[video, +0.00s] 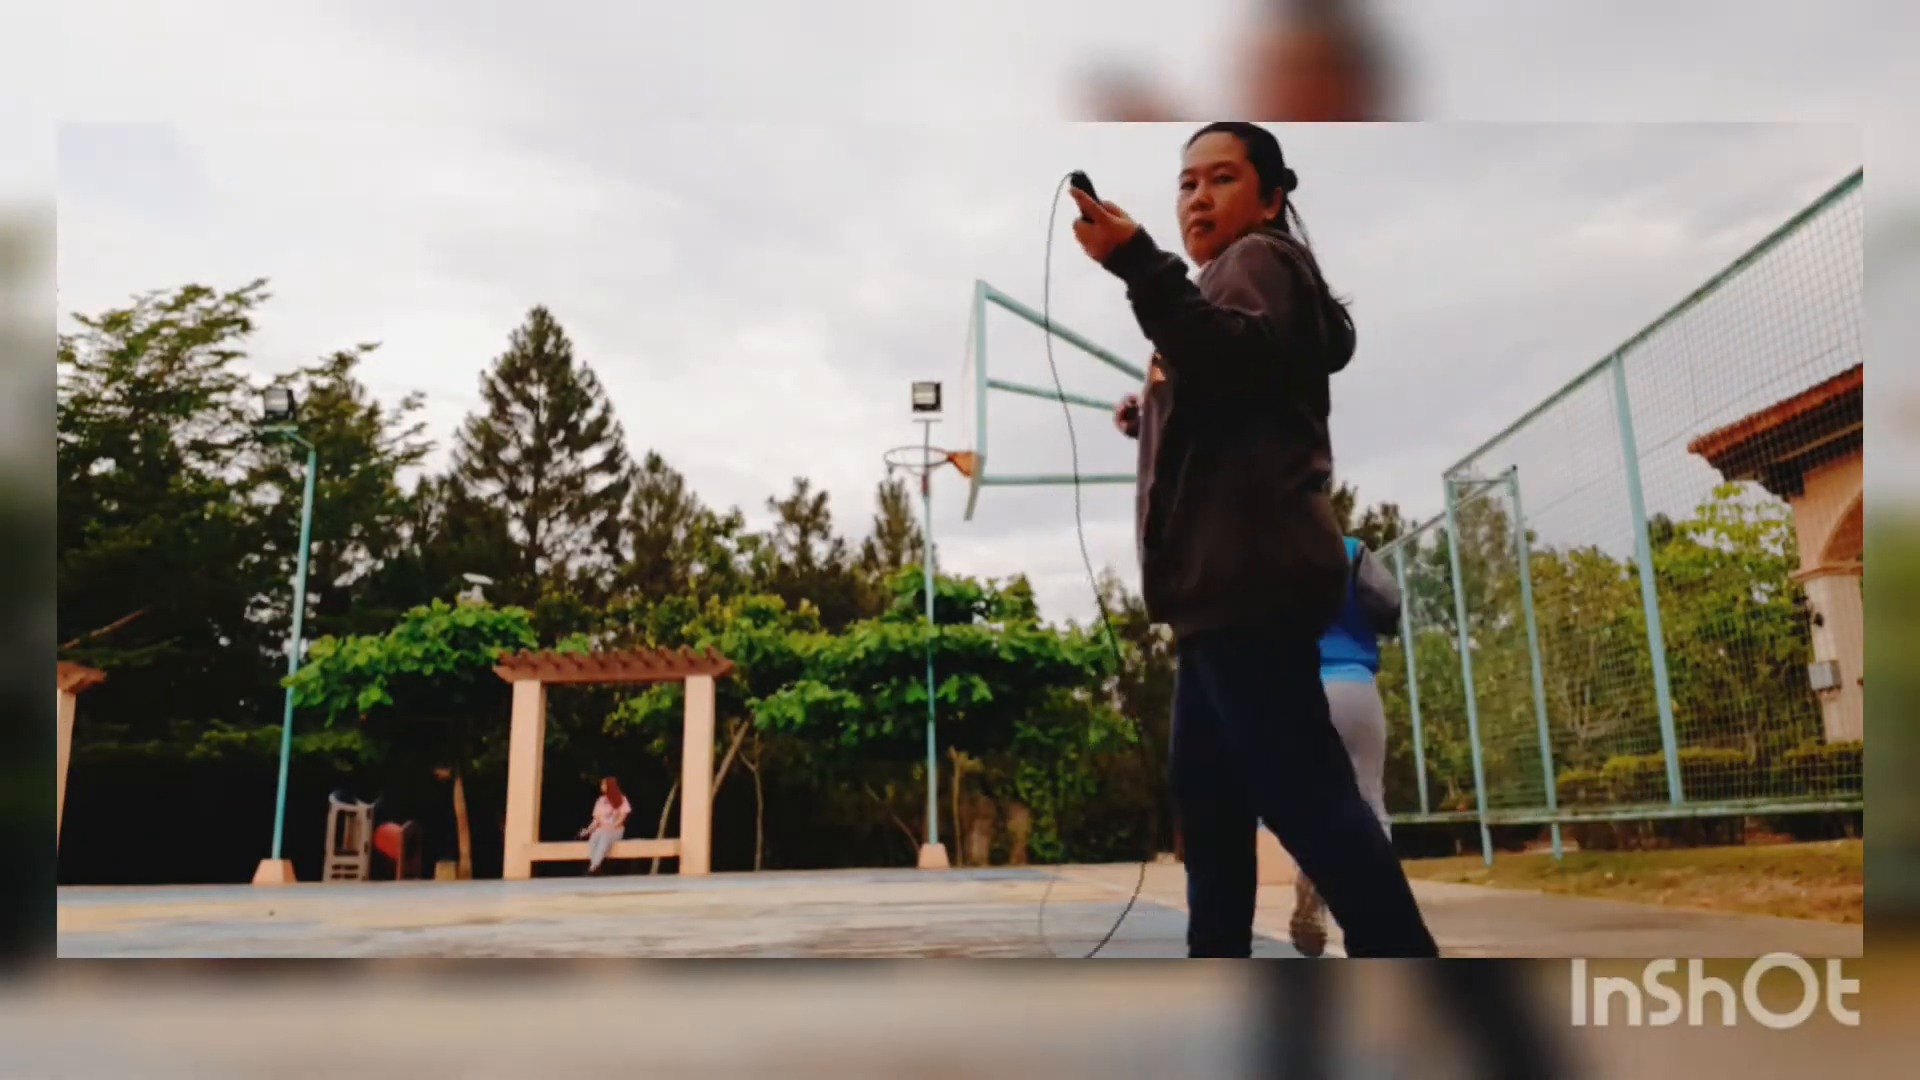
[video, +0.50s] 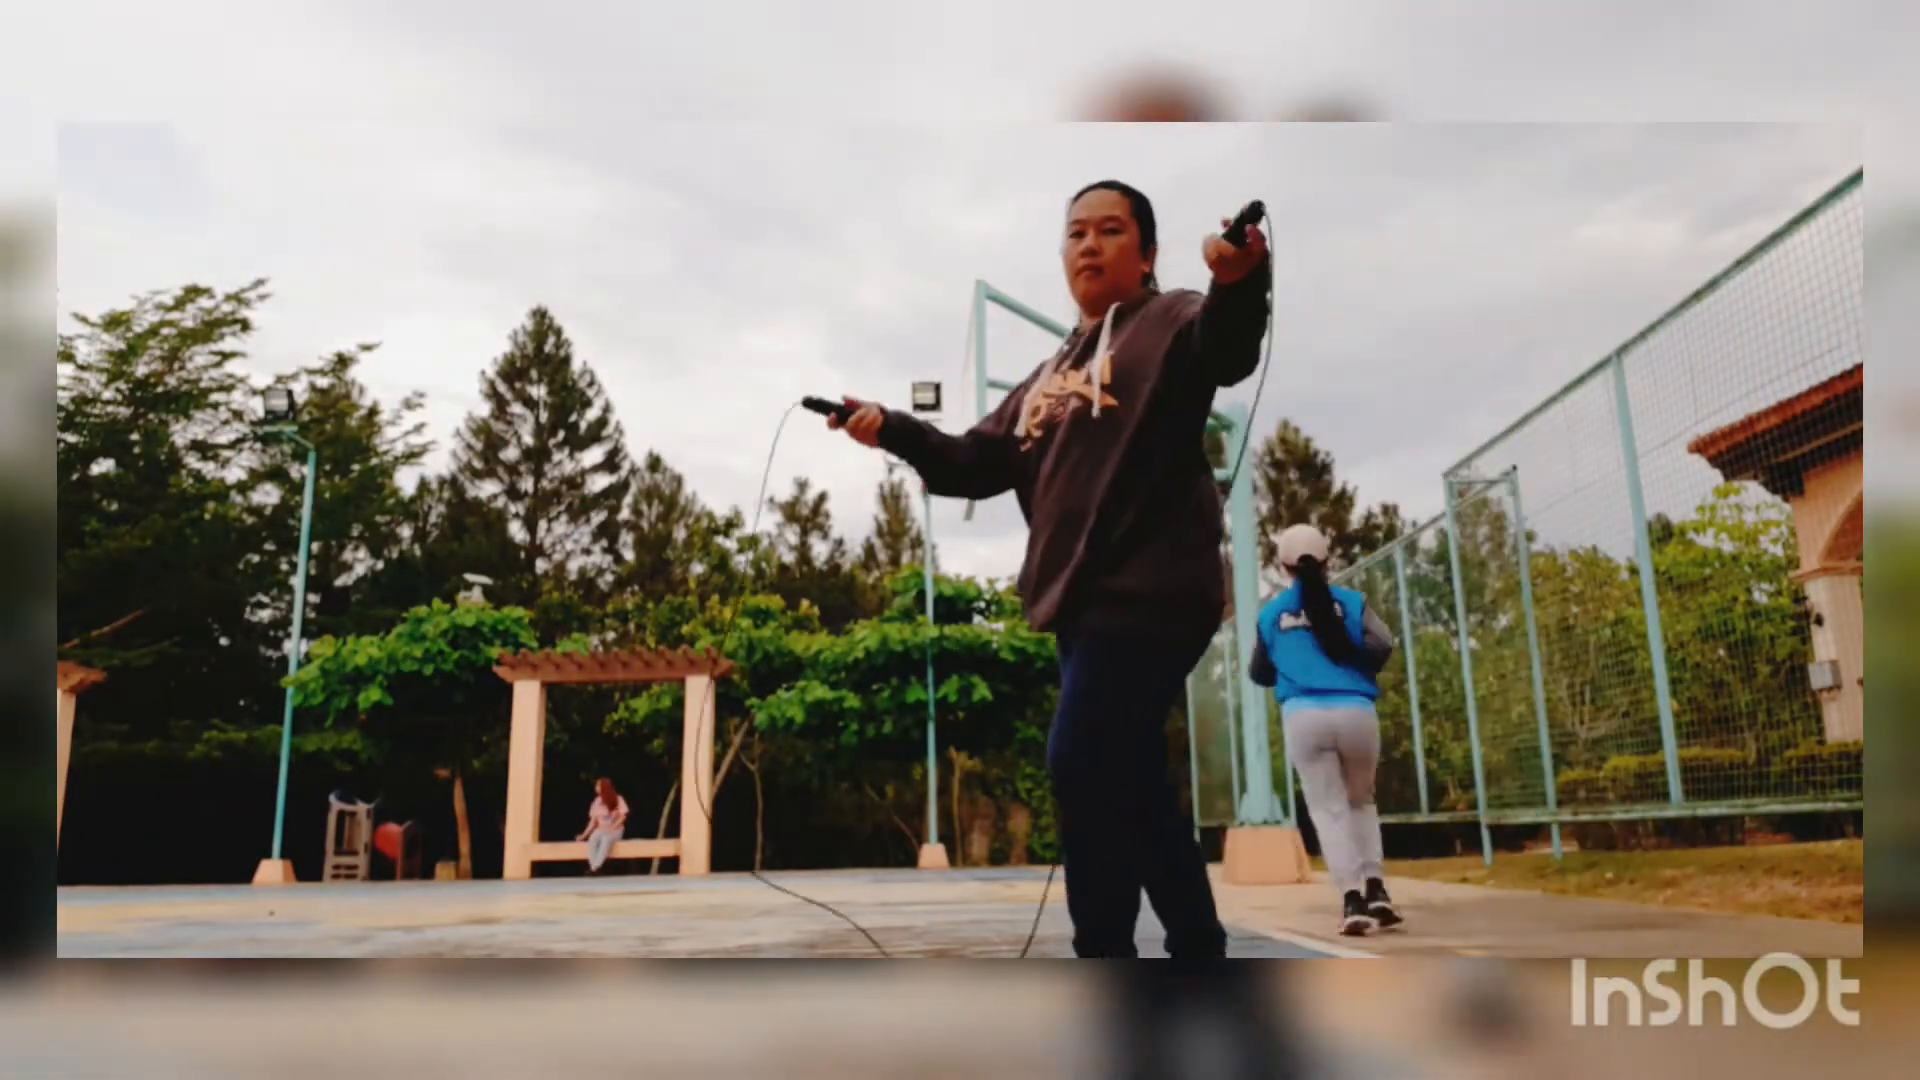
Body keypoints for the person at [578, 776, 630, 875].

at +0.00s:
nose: (602, 787)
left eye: (604, 785)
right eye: (602, 784)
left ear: (610, 786)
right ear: (602, 786)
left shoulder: (621, 800)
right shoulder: (601, 800)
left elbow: (623, 815)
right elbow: (597, 819)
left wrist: (613, 826)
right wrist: (588, 830)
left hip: (614, 828)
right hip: (601, 827)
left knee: (605, 838)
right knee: (595, 836)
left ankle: (594, 865)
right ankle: (594, 863)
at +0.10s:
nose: (602, 787)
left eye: (604, 784)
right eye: (602, 784)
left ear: (610, 786)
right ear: (602, 786)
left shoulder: (621, 800)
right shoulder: (600, 800)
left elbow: (622, 816)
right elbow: (596, 820)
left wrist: (612, 827)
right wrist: (584, 832)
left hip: (614, 828)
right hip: (601, 827)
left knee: (605, 838)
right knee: (594, 837)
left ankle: (593, 865)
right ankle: (593, 863)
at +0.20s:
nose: (601, 787)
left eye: (603, 785)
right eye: (601, 784)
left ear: (610, 786)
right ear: (601, 786)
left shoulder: (621, 800)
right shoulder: (600, 800)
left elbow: (622, 816)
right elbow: (595, 819)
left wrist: (613, 827)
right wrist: (584, 833)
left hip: (614, 828)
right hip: (601, 827)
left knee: (605, 838)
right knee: (594, 837)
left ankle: (594, 865)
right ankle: (593, 863)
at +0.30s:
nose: (600, 787)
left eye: (602, 784)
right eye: (600, 784)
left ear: (608, 786)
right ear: (601, 786)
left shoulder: (619, 800)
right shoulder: (599, 801)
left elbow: (623, 816)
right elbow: (594, 820)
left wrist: (613, 827)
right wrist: (583, 835)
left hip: (614, 827)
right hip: (601, 827)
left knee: (605, 839)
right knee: (593, 838)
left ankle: (595, 865)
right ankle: (592, 864)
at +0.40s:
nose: (598, 786)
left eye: (601, 784)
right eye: (598, 784)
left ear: (607, 786)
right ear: (599, 786)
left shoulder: (619, 799)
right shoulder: (598, 801)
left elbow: (623, 815)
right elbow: (594, 820)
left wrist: (614, 827)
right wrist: (583, 835)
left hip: (613, 827)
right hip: (601, 827)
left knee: (606, 839)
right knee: (593, 838)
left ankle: (595, 865)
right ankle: (592, 864)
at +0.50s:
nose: (596, 788)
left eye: (599, 786)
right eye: (596, 785)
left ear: (604, 787)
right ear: (596, 788)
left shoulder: (618, 799)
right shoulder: (597, 801)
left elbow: (622, 816)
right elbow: (593, 821)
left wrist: (613, 827)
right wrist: (583, 835)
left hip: (613, 828)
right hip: (601, 828)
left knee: (606, 840)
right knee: (592, 839)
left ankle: (596, 866)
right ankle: (593, 865)